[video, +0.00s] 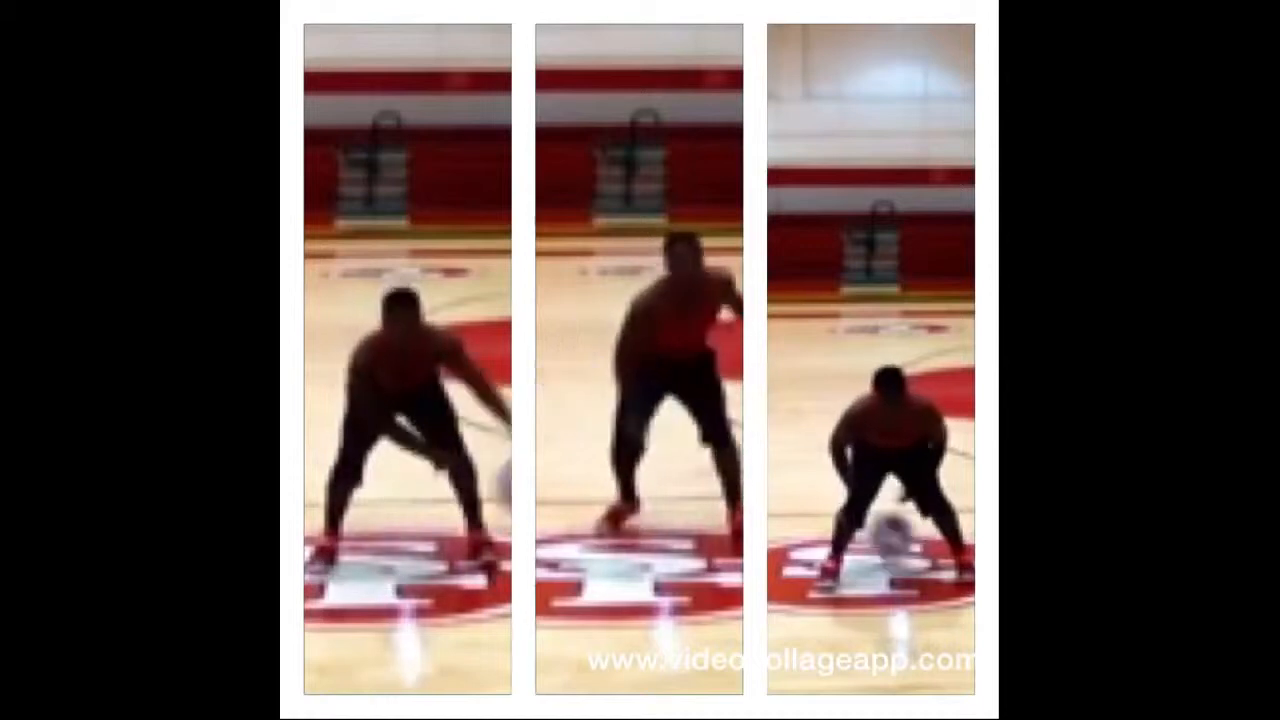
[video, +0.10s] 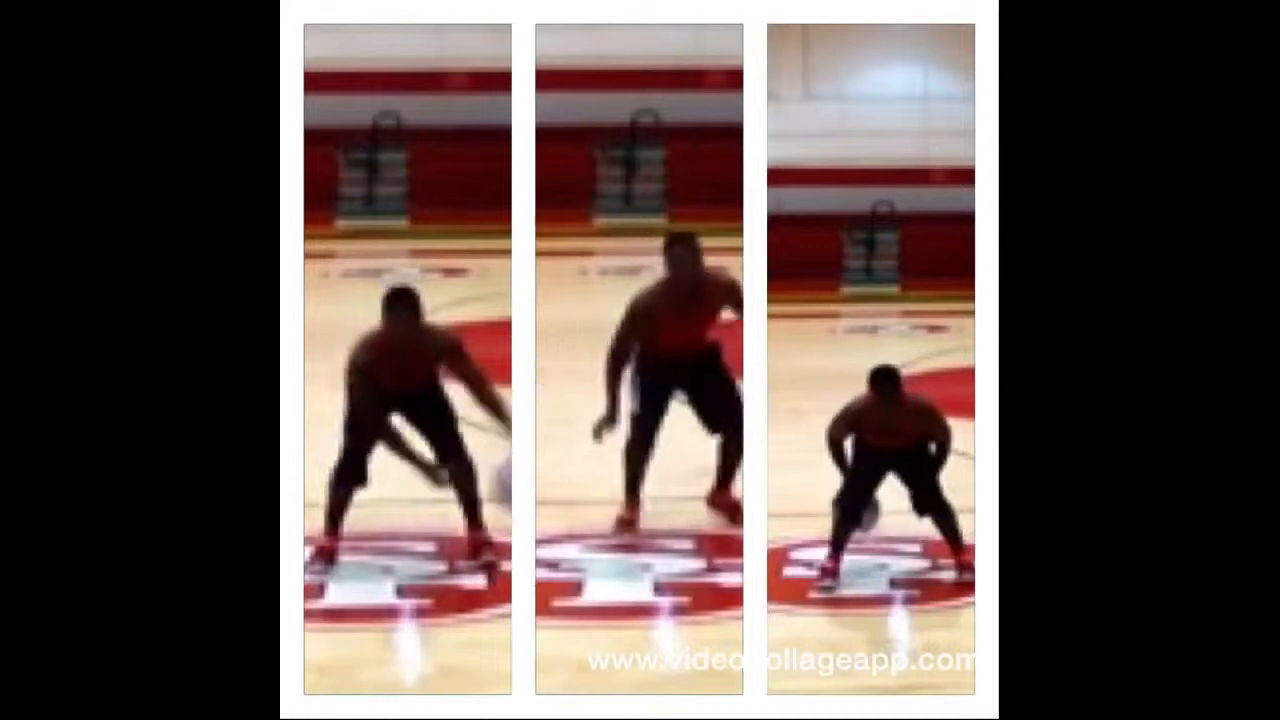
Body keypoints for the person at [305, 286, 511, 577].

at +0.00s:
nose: (403, 332)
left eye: (409, 323)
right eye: (396, 323)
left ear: (419, 320)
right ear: (385, 322)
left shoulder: (438, 343)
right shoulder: (367, 356)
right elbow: (380, 419)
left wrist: (508, 420)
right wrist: (428, 451)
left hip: (422, 398)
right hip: (373, 403)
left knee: (459, 461)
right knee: (346, 471)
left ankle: (477, 534)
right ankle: (330, 540)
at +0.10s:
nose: (403, 333)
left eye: (409, 323)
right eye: (396, 324)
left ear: (419, 319)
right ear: (385, 321)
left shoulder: (438, 343)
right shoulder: (365, 357)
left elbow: (477, 384)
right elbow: (379, 426)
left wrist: (507, 422)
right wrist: (425, 468)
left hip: (420, 394)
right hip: (373, 400)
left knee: (457, 460)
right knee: (350, 467)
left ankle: (477, 532)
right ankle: (330, 538)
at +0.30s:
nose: (392, 330)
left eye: (399, 321)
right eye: (385, 321)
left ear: (409, 317)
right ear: (375, 317)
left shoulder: (430, 344)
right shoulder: (356, 345)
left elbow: (420, 417)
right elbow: (332, 394)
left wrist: (376, 450)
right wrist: (308, 441)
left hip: (422, 396)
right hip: (372, 397)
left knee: (454, 463)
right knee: (348, 461)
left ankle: (476, 534)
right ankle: (329, 540)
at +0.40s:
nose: (394, 326)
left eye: (401, 317)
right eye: (388, 317)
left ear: (412, 312)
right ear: (377, 313)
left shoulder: (433, 340)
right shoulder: (357, 344)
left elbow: (425, 416)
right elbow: (353, 409)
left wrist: (393, 460)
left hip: (425, 396)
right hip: (375, 396)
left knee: (454, 459)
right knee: (350, 458)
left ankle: (476, 532)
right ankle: (330, 537)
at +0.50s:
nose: (403, 328)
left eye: (410, 318)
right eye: (395, 319)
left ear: (420, 314)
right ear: (385, 316)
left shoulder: (441, 347)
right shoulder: (366, 352)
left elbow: (456, 412)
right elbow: (381, 427)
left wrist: (452, 457)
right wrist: (417, 476)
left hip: (427, 395)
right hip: (377, 397)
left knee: (462, 459)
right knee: (350, 463)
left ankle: (478, 536)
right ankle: (330, 538)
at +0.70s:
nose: (404, 331)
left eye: (411, 321)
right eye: (397, 321)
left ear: (422, 317)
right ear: (387, 319)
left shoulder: (443, 346)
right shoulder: (368, 353)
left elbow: (465, 396)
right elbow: (374, 427)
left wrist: (481, 446)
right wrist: (402, 475)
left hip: (422, 394)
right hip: (375, 398)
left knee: (455, 456)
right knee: (353, 465)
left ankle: (478, 538)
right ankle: (330, 538)